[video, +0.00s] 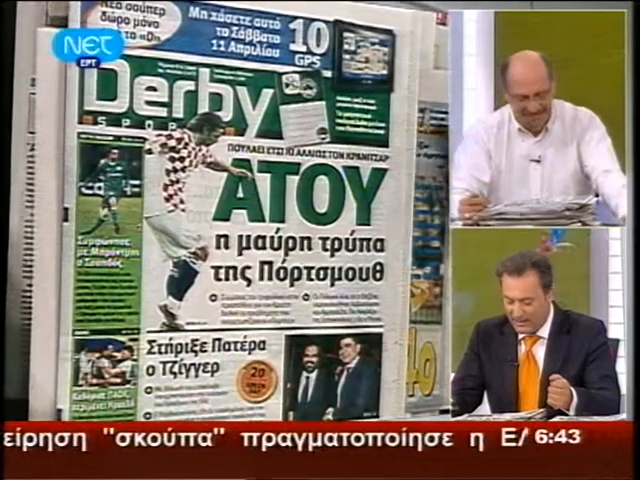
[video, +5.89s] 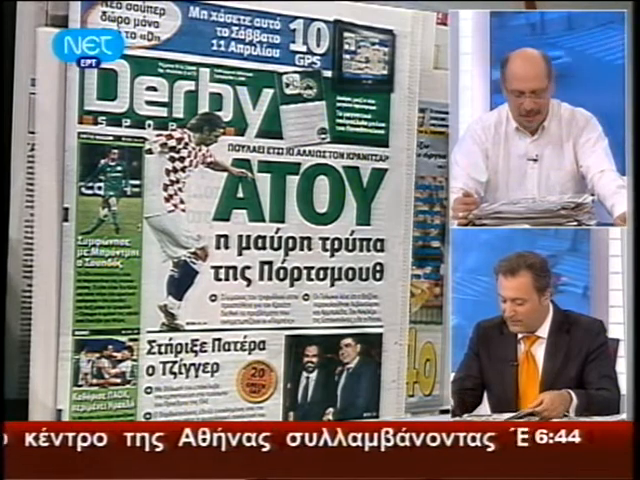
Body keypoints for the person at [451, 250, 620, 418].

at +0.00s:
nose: (517, 312)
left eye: (527, 302)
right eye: (509, 301)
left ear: (550, 296)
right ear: (502, 297)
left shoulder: (588, 332)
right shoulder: (486, 334)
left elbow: (610, 403)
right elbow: (461, 401)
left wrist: (574, 400)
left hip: (568, 452)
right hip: (505, 451)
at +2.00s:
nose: (516, 312)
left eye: (526, 302)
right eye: (509, 301)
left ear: (549, 294)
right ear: (503, 297)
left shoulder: (588, 332)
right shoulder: (487, 334)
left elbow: (609, 403)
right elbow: (462, 400)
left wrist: (574, 400)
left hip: (569, 450)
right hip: (505, 449)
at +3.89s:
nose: (512, 312)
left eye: (522, 302)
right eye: (506, 301)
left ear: (547, 296)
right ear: (500, 297)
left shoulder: (588, 332)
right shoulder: (486, 334)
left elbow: (610, 402)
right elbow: (464, 391)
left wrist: (574, 400)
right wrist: (457, 402)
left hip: (567, 451)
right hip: (503, 450)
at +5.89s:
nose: (508, 312)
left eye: (519, 303)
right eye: (503, 301)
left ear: (546, 297)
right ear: (498, 296)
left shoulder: (588, 333)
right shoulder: (486, 334)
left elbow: (610, 402)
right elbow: (462, 402)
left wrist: (569, 400)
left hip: (568, 451)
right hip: (505, 450)